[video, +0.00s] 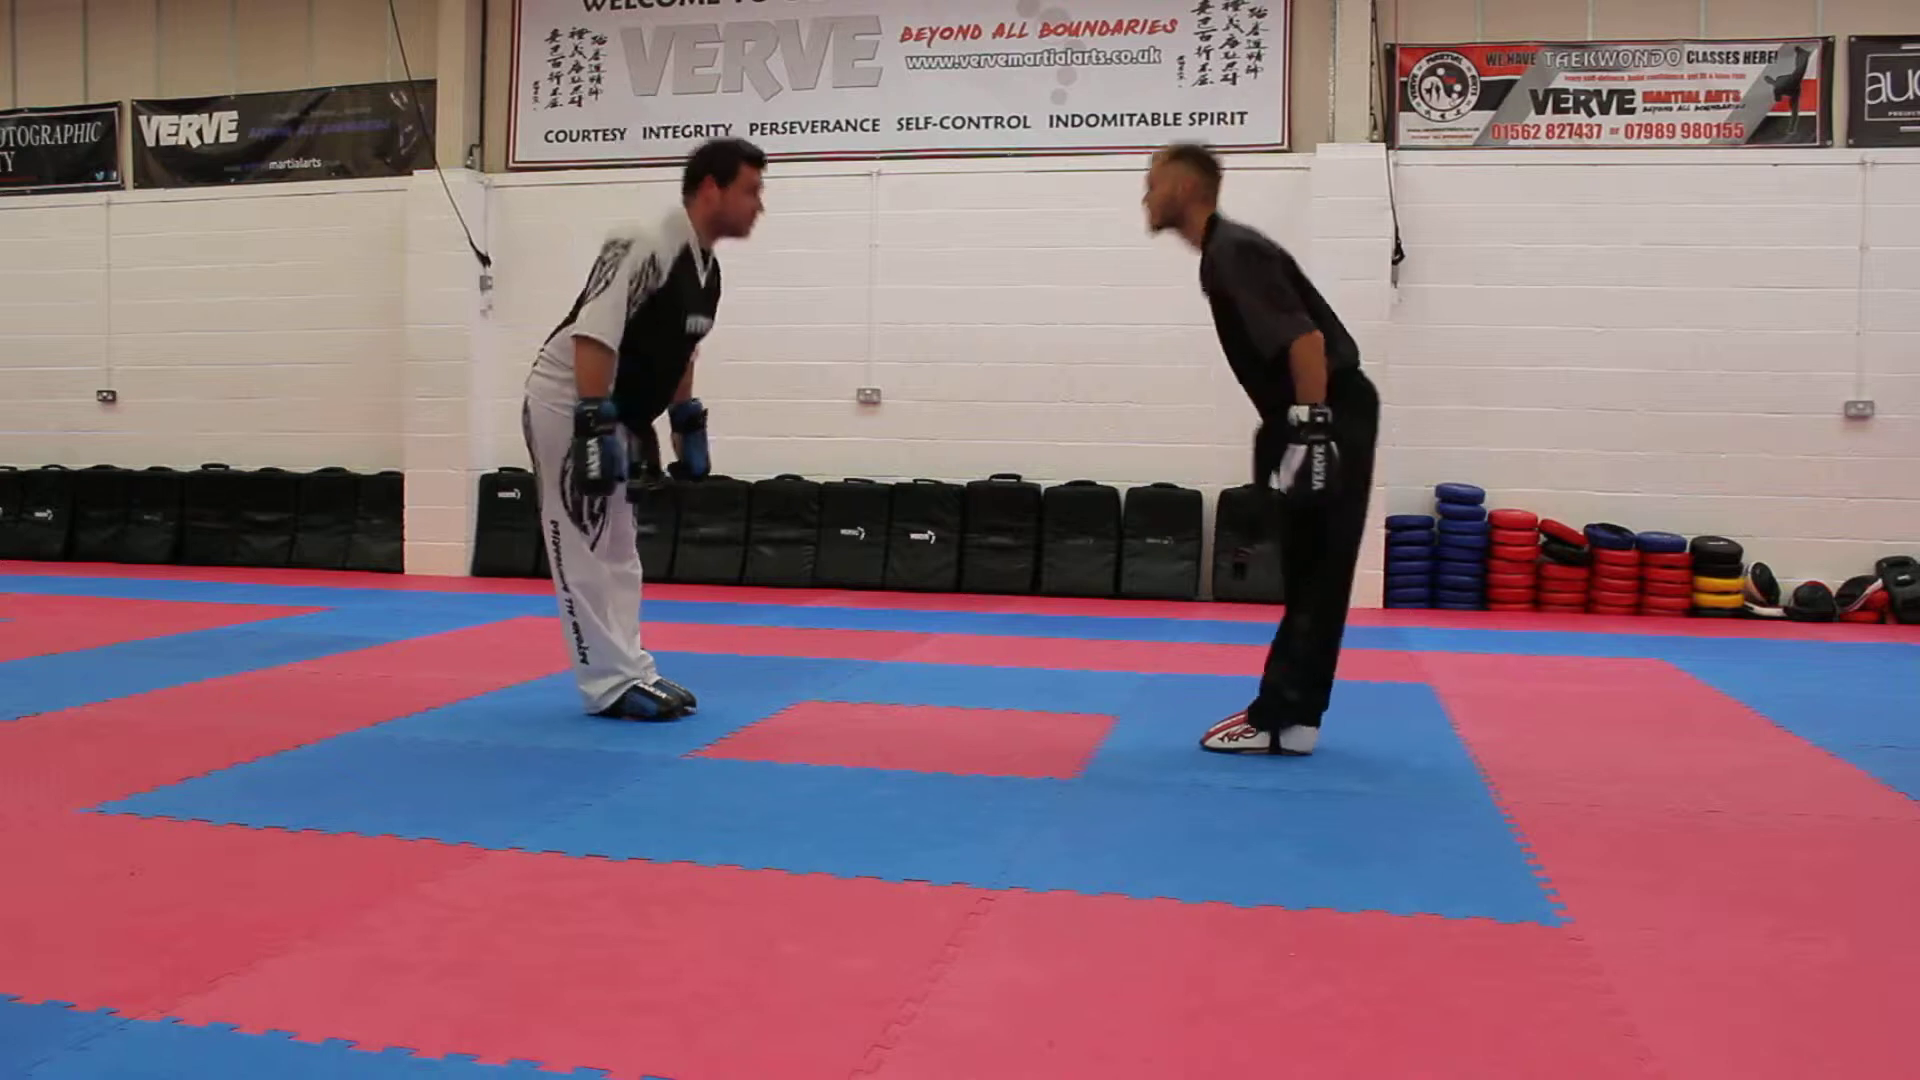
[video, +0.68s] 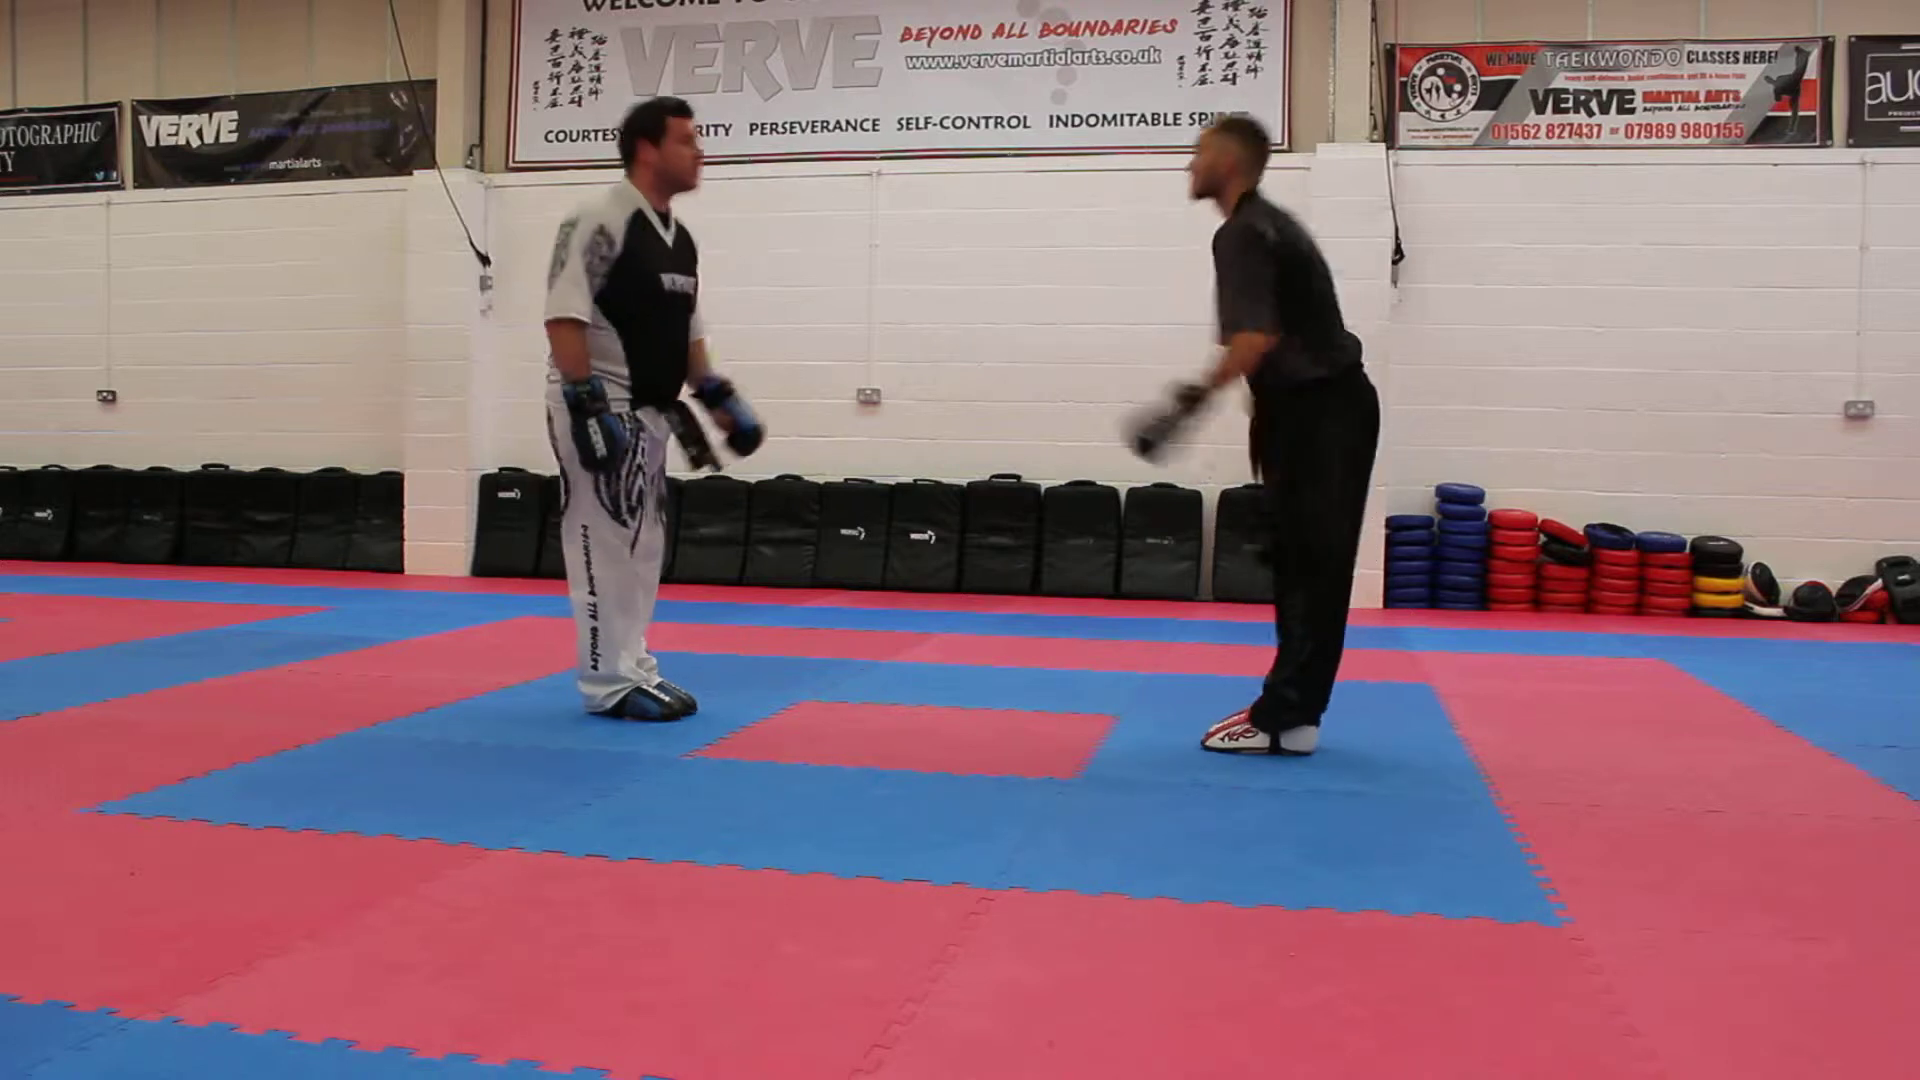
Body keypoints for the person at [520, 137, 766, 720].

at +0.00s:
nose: (760, 204)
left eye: (761, 192)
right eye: (752, 190)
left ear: (718, 192)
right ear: (711, 189)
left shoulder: (707, 270)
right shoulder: (644, 245)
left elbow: (678, 351)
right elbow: (593, 335)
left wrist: (685, 425)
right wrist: (592, 428)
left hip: (617, 410)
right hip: (565, 400)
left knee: (618, 543)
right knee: (581, 541)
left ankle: (631, 672)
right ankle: (607, 682)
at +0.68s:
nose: (701, 152)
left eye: (698, 141)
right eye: (688, 141)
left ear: (660, 152)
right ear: (647, 150)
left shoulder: (680, 239)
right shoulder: (597, 220)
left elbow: (686, 333)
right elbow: (564, 319)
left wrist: (719, 399)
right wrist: (587, 408)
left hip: (652, 415)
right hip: (601, 410)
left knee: (645, 543)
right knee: (605, 542)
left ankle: (633, 668)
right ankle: (606, 681)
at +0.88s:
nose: (676, 146)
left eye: (674, 137)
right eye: (661, 138)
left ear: (658, 151)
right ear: (622, 151)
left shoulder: (684, 249)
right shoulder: (571, 220)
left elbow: (709, 336)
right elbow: (528, 301)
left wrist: (766, 372)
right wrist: (581, 370)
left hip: (629, 408)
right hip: (563, 400)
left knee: (631, 535)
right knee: (578, 533)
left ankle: (629, 674)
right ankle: (601, 679)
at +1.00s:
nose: (660, 148)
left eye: (659, 138)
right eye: (646, 138)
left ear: (646, 152)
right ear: (606, 150)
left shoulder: (670, 247)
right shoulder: (550, 219)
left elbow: (699, 333)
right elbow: (507, 291)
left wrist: (754, 353)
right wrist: (580, 332)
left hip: (613, 416)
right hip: (540, 410)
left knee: (623, 549)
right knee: (532, 548)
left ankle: (627, 679)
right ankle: (506, 677)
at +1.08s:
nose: (643, 154)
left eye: (642, 143)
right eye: (630, 143)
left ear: (622, 154)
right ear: (588, 152)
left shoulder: (653, 248)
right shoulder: (533, 218)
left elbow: (674, 332)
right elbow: (502, 300)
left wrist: (729, 350)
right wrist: (578, 316)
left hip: (607, 419)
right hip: (529, 417)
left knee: (645, 535)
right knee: (489, 545)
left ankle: (643, 671)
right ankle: (441, 665)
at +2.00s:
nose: (593, 214)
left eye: (593, 203)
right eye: (581, 203)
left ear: (581, 208)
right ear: (539, 209)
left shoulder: (613, 294)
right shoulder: (481, 283)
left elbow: (648, 374)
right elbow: (451, 369)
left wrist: (690, 374)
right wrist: (508, 376)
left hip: (591, 460)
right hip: (506, 462)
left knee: (652, 563)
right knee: (434, 560)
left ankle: (703, 677)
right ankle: (401, 666)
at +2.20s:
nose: (504, 208)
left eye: (506, 197)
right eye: (491, 196)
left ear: (503, 204)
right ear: (453, 203)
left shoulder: (528, 282)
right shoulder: (405, 284)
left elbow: (571, 361)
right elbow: (378, 358)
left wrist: (596, 350)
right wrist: (417, 374)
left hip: (520, 444)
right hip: (447, 451)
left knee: (577, 557)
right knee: (382, 554)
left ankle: (676, 669)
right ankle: (415, 669)